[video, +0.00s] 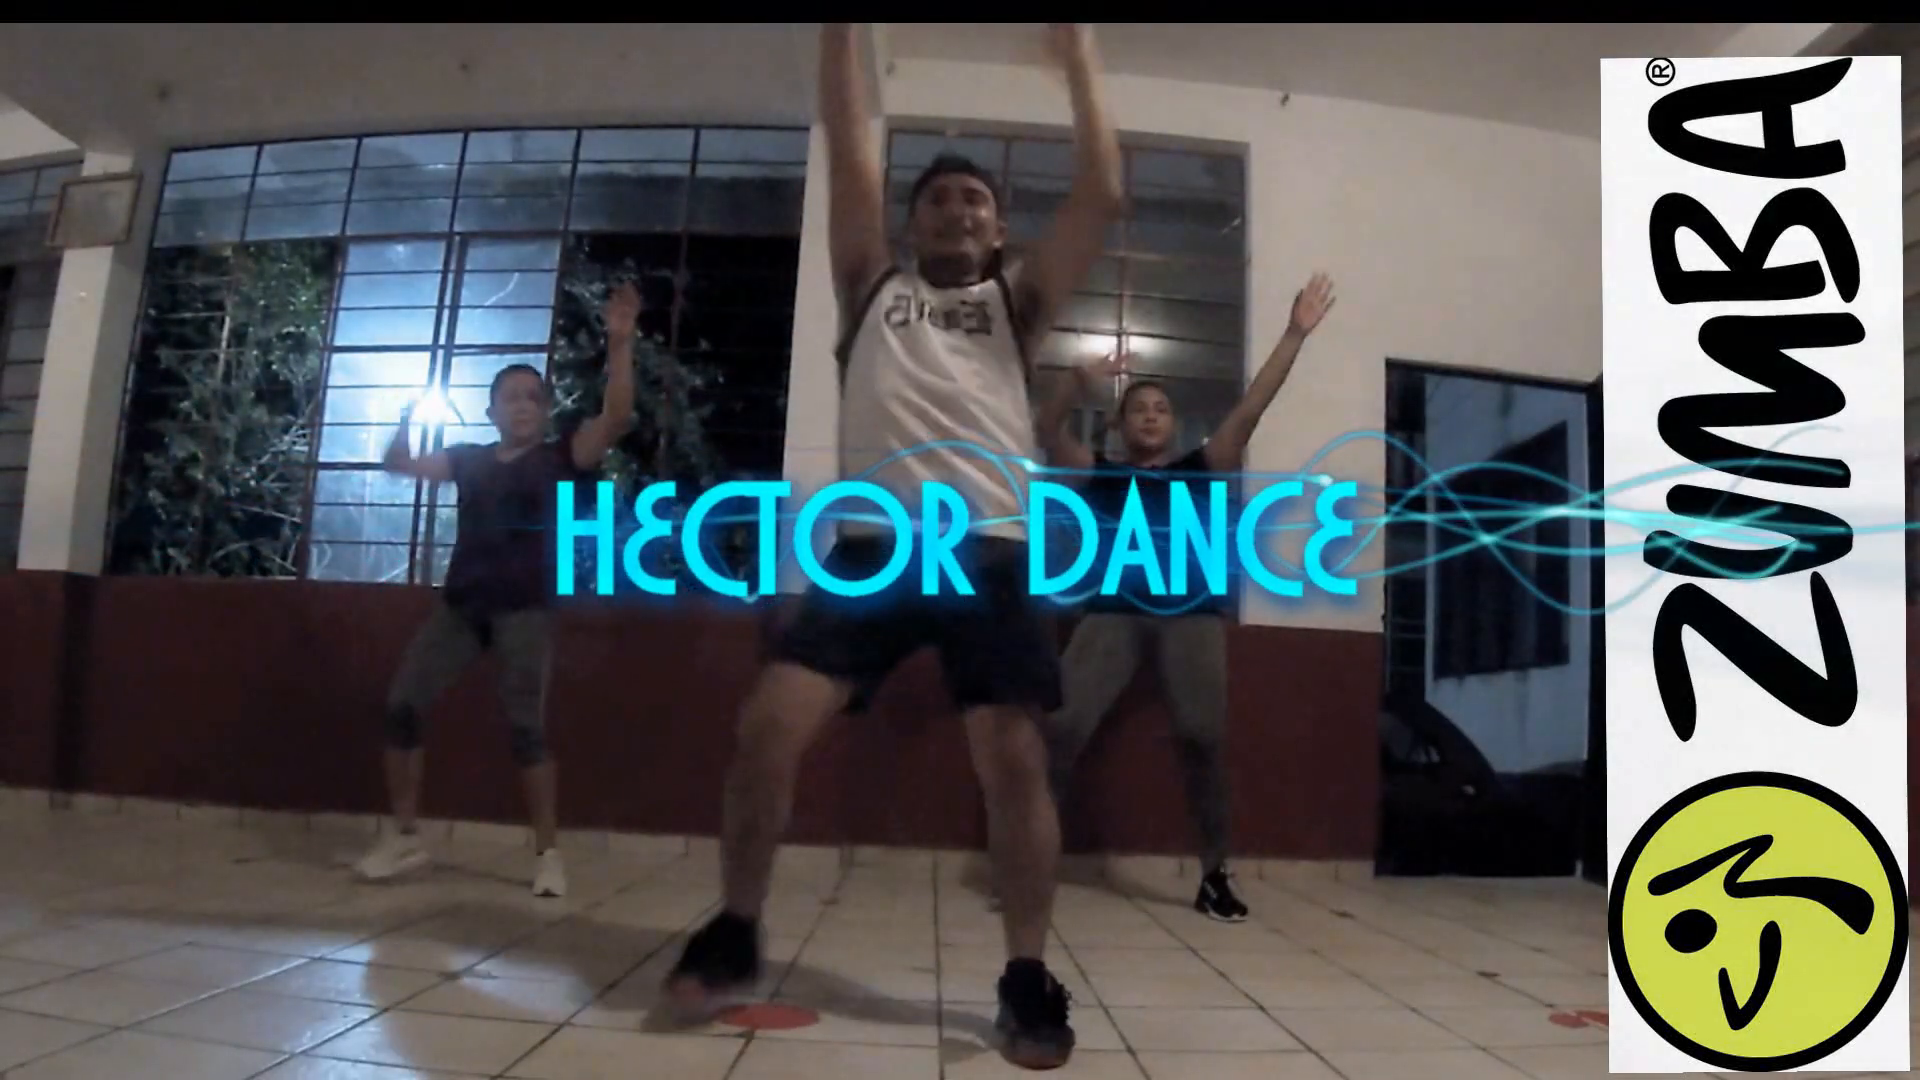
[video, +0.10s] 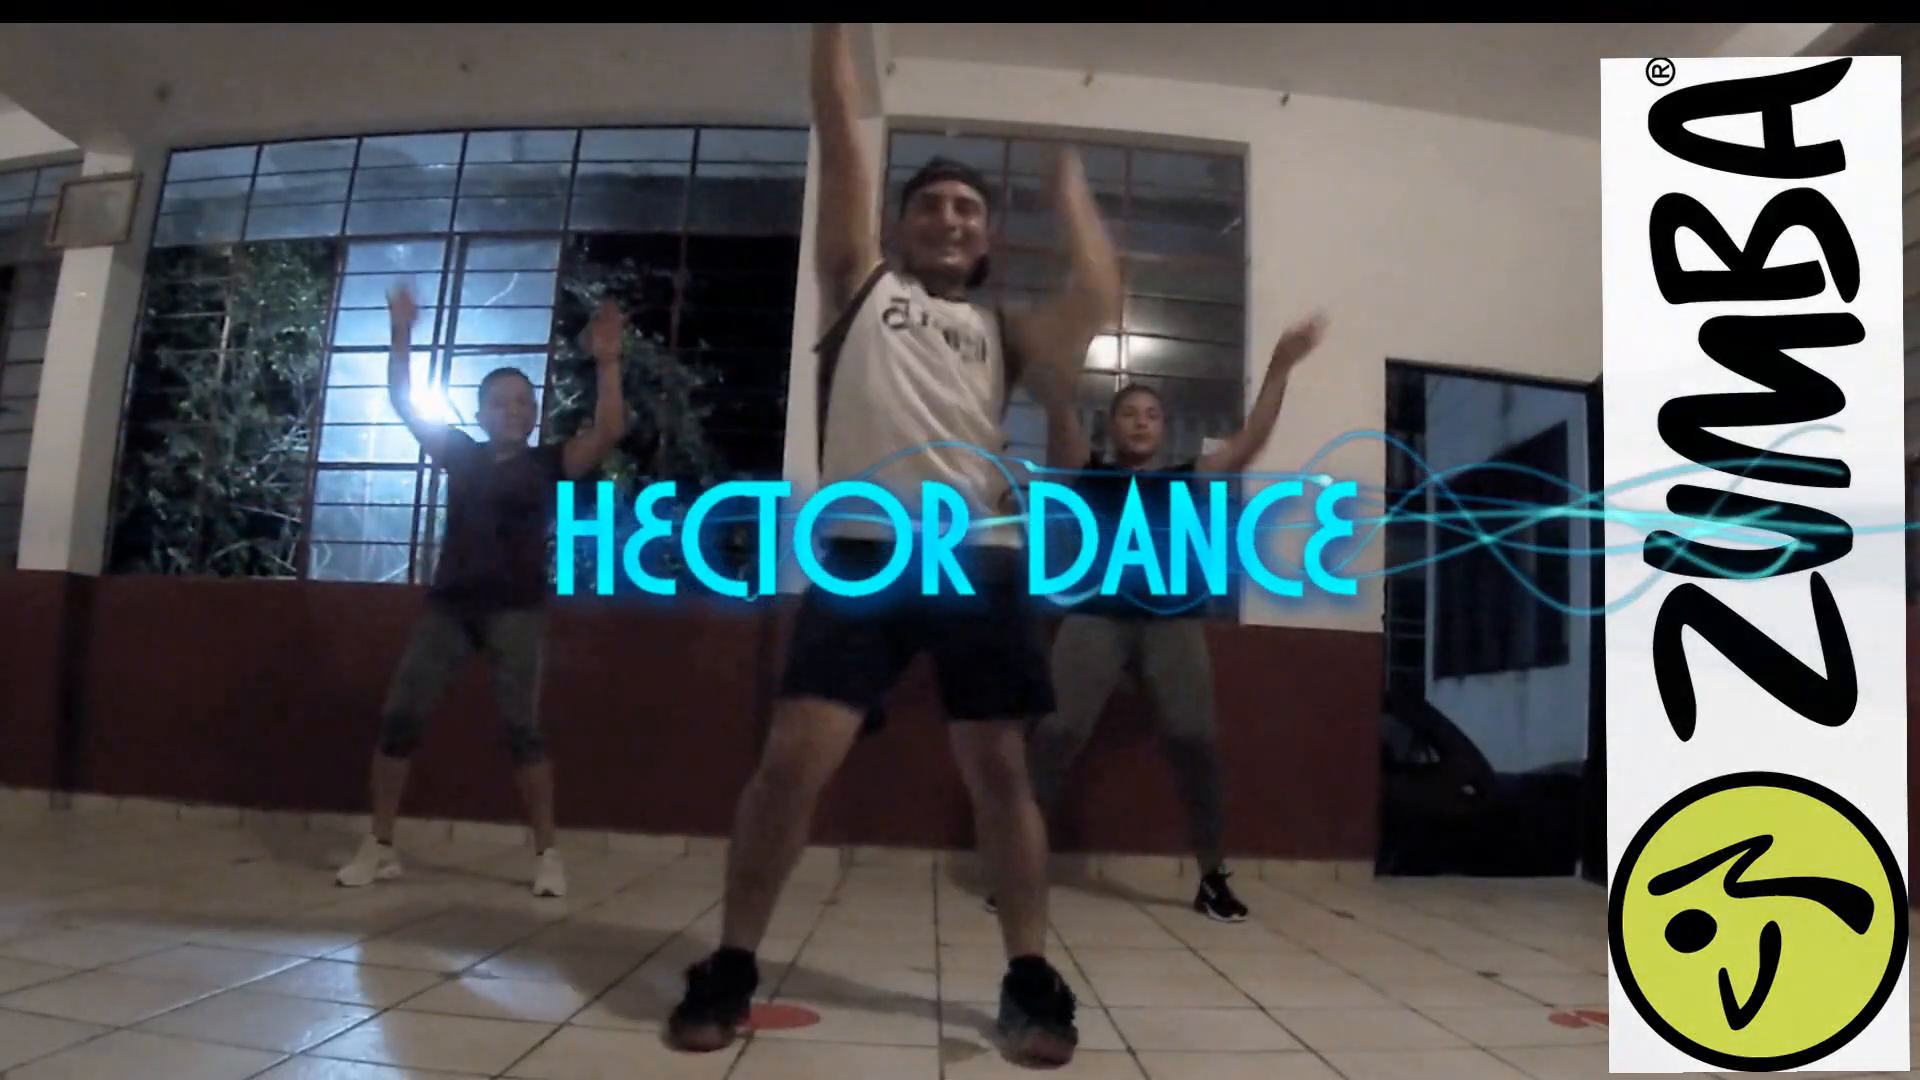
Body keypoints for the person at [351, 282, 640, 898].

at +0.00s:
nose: (522, 406)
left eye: (532, 398)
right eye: (512, 397)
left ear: (546, 409)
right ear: (494, 410)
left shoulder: (561, 457)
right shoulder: (469, 461)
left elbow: (616, 418)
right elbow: (399, 464)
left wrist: (620, 341)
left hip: (525, 610)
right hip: (462, 606)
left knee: (526, 726)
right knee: (404, 704)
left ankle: (547, 855)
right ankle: (405, 835)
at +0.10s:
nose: (512, 409)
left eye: (521, 401)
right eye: (502, 401)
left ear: (534, 413)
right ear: (482, 411)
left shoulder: (549, 463)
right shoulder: (460, 455)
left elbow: (608, 432)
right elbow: (405, 401)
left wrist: (608, 360)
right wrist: (400, 330)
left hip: (517, 610)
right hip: (451, 605)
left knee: (522, 727)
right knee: (400, 716)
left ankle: (547, 855)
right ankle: (379, 845)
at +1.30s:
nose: (508, 405)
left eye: (518, 400)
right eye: (498, 398)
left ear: (532, 417)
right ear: (481, 413)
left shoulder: (547, 460)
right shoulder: (453, 475)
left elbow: (600, 413)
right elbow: (415, 542)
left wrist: (597, 339)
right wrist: (426, 579)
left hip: (516, 608)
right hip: (457, 608)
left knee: (521, 721)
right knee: (453, 729)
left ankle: (543, 846)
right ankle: (468, 839)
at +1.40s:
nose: (516, 410)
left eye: (525, 404)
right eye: (505, 403)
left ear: (537, 419)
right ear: (485, 419)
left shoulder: (550, 461)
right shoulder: (459, 484)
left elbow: (591, 388)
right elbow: (424, 550)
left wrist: (613, 313)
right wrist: (418, 574)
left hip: (517, 613)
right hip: (456, 612)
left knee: (517, 731)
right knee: (459, 732)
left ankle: (539, 860)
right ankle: (468, 840)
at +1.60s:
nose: (519, 406)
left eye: (530, 400)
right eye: (509, 398)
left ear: (545, 413)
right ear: (491, 413)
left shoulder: (561, 456)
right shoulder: (466, 482)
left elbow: (621, 412)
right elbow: (428, 553)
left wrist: (604, 333)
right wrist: (416, 535)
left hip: (526, 609)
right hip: (461, 608)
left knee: (518, 731)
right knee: (417, 724)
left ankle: (539, 864)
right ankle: (448, 808)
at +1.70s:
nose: (516, 402)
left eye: (527, 396)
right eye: (507, 394)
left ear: (542, 410)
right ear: (488, 406)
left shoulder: (556, 462)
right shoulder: (464, 467)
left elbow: (625, 438)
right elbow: (388, 478)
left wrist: (600, 366)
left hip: (522, 609)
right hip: (456, 607)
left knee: (518, 727)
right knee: (397, 710)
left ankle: (539, 865)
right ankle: (410, 834)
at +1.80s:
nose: (512, 403)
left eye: (523, 396)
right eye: (502, 394)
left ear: (535, 412)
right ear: (482, 403)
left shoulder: (543, 469)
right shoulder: (448, 453)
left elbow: (608, 469)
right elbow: (381, 403)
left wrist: (591, 394)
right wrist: (387, 331)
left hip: (517, 608)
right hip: (446, 605)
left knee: (520, 731)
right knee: (385, 718)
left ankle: (539, 865)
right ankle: (367, 848)